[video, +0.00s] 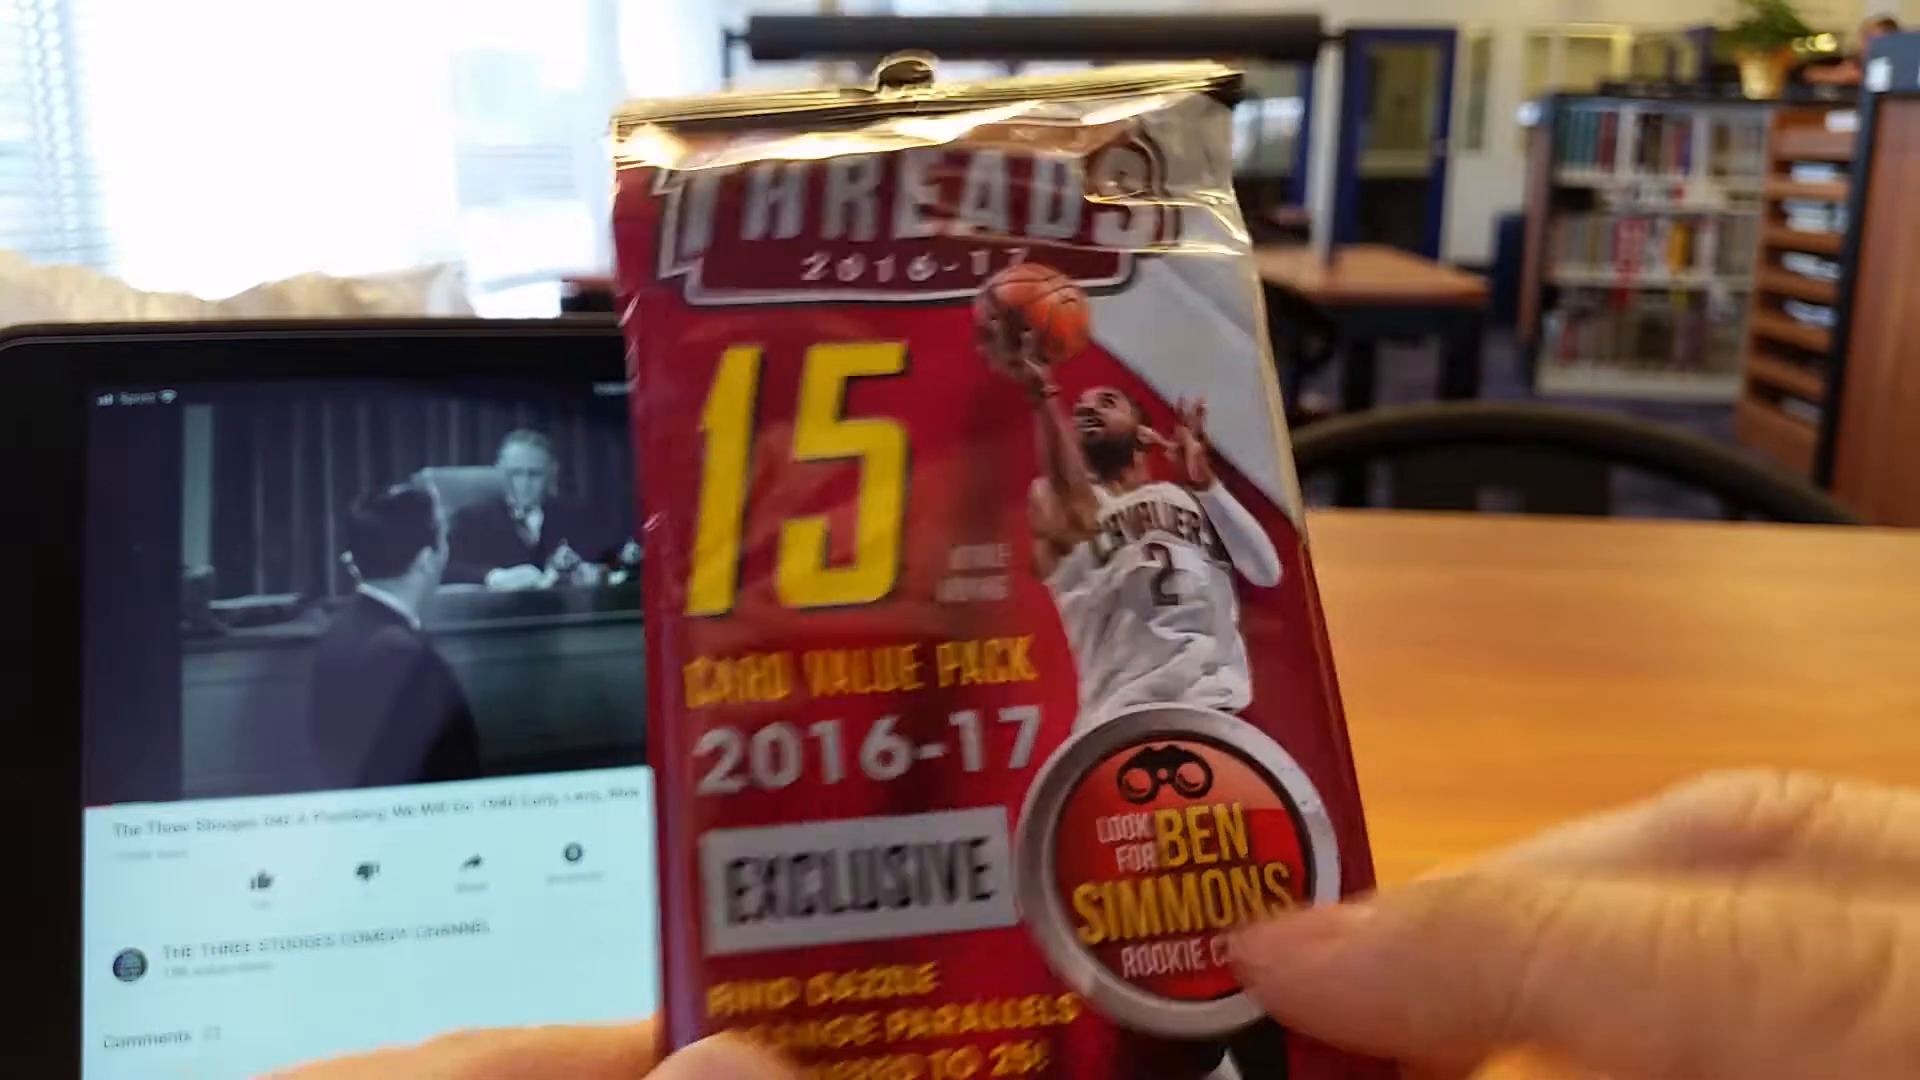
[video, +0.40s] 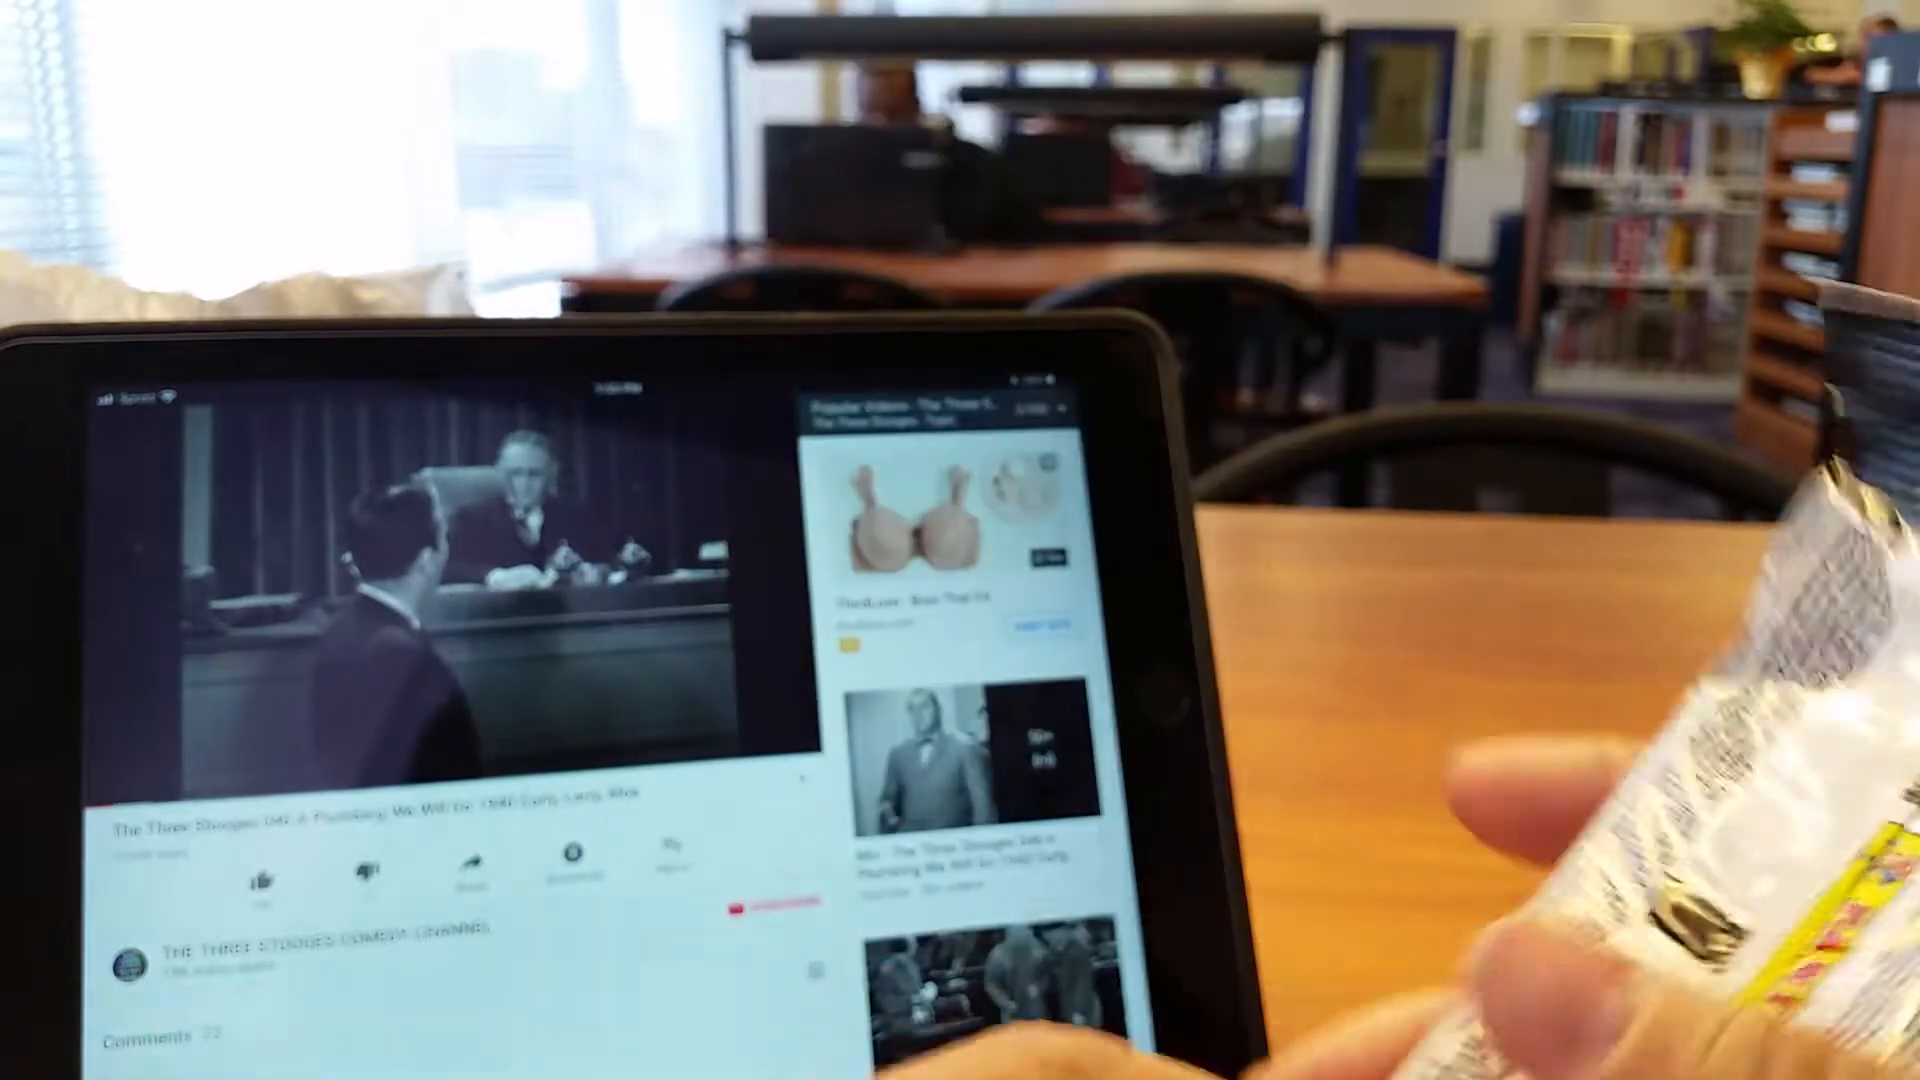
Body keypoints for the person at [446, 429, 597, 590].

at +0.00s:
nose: (524, 484)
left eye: (533, 474)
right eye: (515, 474)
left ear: (551, 474)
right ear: (500, 474)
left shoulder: (572, 519)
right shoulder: (474, 521)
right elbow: (450, 571)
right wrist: (492, 577)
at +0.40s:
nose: (523, 484)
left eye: (533, 474)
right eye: (514, 474)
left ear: (551, 475)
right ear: (500, 475)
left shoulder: (576, 518)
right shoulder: (474, 523)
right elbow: (450, 570)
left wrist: (593, 573)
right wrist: (491, 576)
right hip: (499, 638)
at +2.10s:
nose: (533, 484)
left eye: (543, 475)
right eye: (524, 474)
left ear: (561, 473)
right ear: (511, 470)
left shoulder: (584, 515)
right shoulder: (484, 518)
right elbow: (456, 568)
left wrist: (590, 569)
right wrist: (505, 576)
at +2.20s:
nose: (533, 484)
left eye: (543, 475)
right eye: (524, 474)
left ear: (560, 472)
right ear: (511, 471)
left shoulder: (583, 514)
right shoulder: (483, 518)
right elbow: (456, 569)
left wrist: (589, 568)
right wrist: (505, 576)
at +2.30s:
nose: (533, 484)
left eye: (543, 475)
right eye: (524, 474)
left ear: (561, 472)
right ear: (511, 470)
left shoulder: (584, 515)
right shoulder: (483, 519)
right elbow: (455, 568)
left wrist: (591, 569)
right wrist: (505, 576)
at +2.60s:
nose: (533, 485)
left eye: (543, 475)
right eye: (524, 474)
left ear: (560, 473)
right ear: (511, 470)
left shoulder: (585, 515)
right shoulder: (484, 519)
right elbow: (454, 569)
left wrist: (597, 569)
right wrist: (504, 576)